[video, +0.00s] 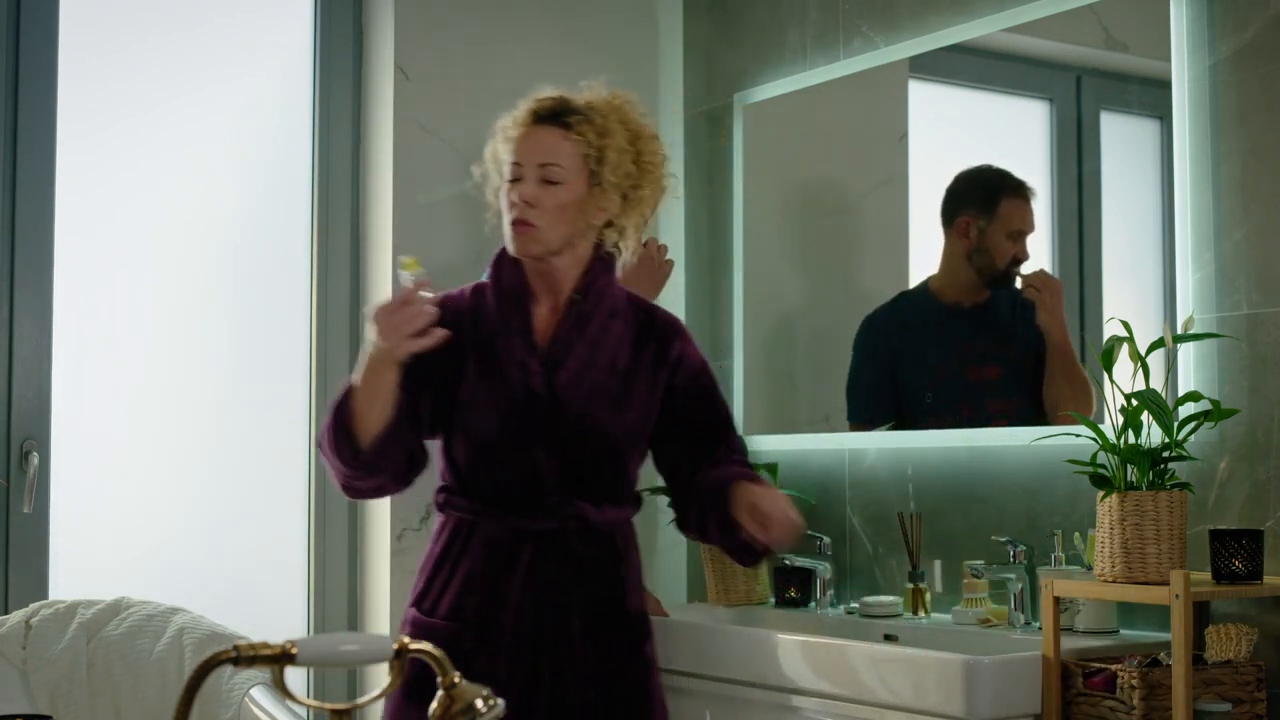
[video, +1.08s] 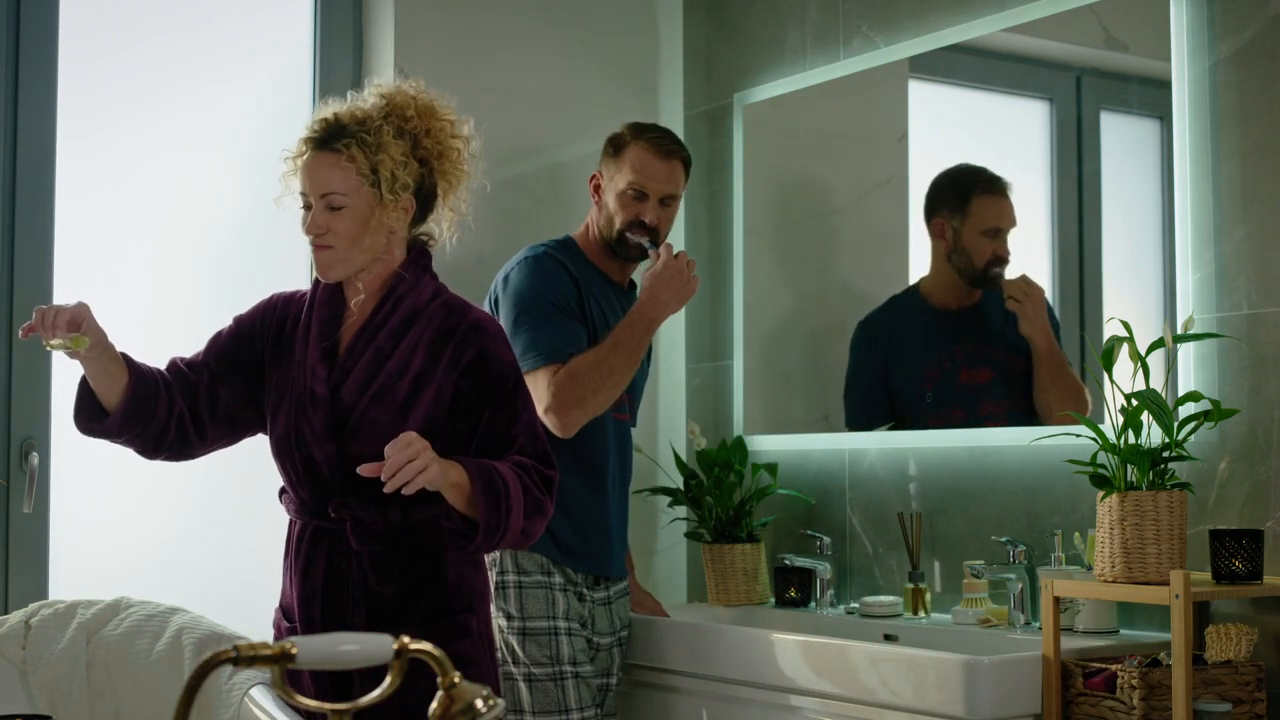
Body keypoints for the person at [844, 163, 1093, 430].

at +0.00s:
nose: (1024, 254)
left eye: (1025, 239)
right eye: (1014, 238)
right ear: (966, 231)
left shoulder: (1031, 318)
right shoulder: (886, 329)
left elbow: (1073, 421)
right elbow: (867, 449)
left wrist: (1056, 327)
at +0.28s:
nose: (1009, 252)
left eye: (1011, 236)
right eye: (997, 234)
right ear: (948, 231)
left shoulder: (1029, 314)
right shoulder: (883, 331)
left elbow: (1071, 419)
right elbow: (870, 450)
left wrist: (1046, 331)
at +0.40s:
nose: (1005, 252)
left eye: (1007, 235)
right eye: (991, 234)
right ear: (942, 231)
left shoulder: (1029, 312)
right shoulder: (882, 331)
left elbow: (1069, 419)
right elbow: (869, 451)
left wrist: (1041, 330)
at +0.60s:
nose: (1004, 250)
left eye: (1005, 233)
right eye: (991, 233)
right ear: (941, 231)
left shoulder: (1027, 311)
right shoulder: (880, 331)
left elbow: (1067, 420)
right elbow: (867, 452)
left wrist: (1039, 332)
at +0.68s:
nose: (1005, 249)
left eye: (1006, 233)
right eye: (992, 233)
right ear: (942, 232)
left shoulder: (1027, 311)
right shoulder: (880, 332)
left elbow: (1067, 421)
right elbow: (868, 452)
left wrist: (1039, 331)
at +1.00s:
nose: (1007, 251)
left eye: (1007, 235)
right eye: (993, 235)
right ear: (944, 232)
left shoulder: (1028, 312)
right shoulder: (880, 332)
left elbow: (1069, 422)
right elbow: (867, 452)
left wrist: (1042, 336)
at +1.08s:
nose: (1005, 253)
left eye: (1006, 236)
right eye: (991, 236)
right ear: (941, 231)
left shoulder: (1028, 312)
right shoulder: (881, 332)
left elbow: (1069, 422)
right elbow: (868, 451)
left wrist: (1042, 339)